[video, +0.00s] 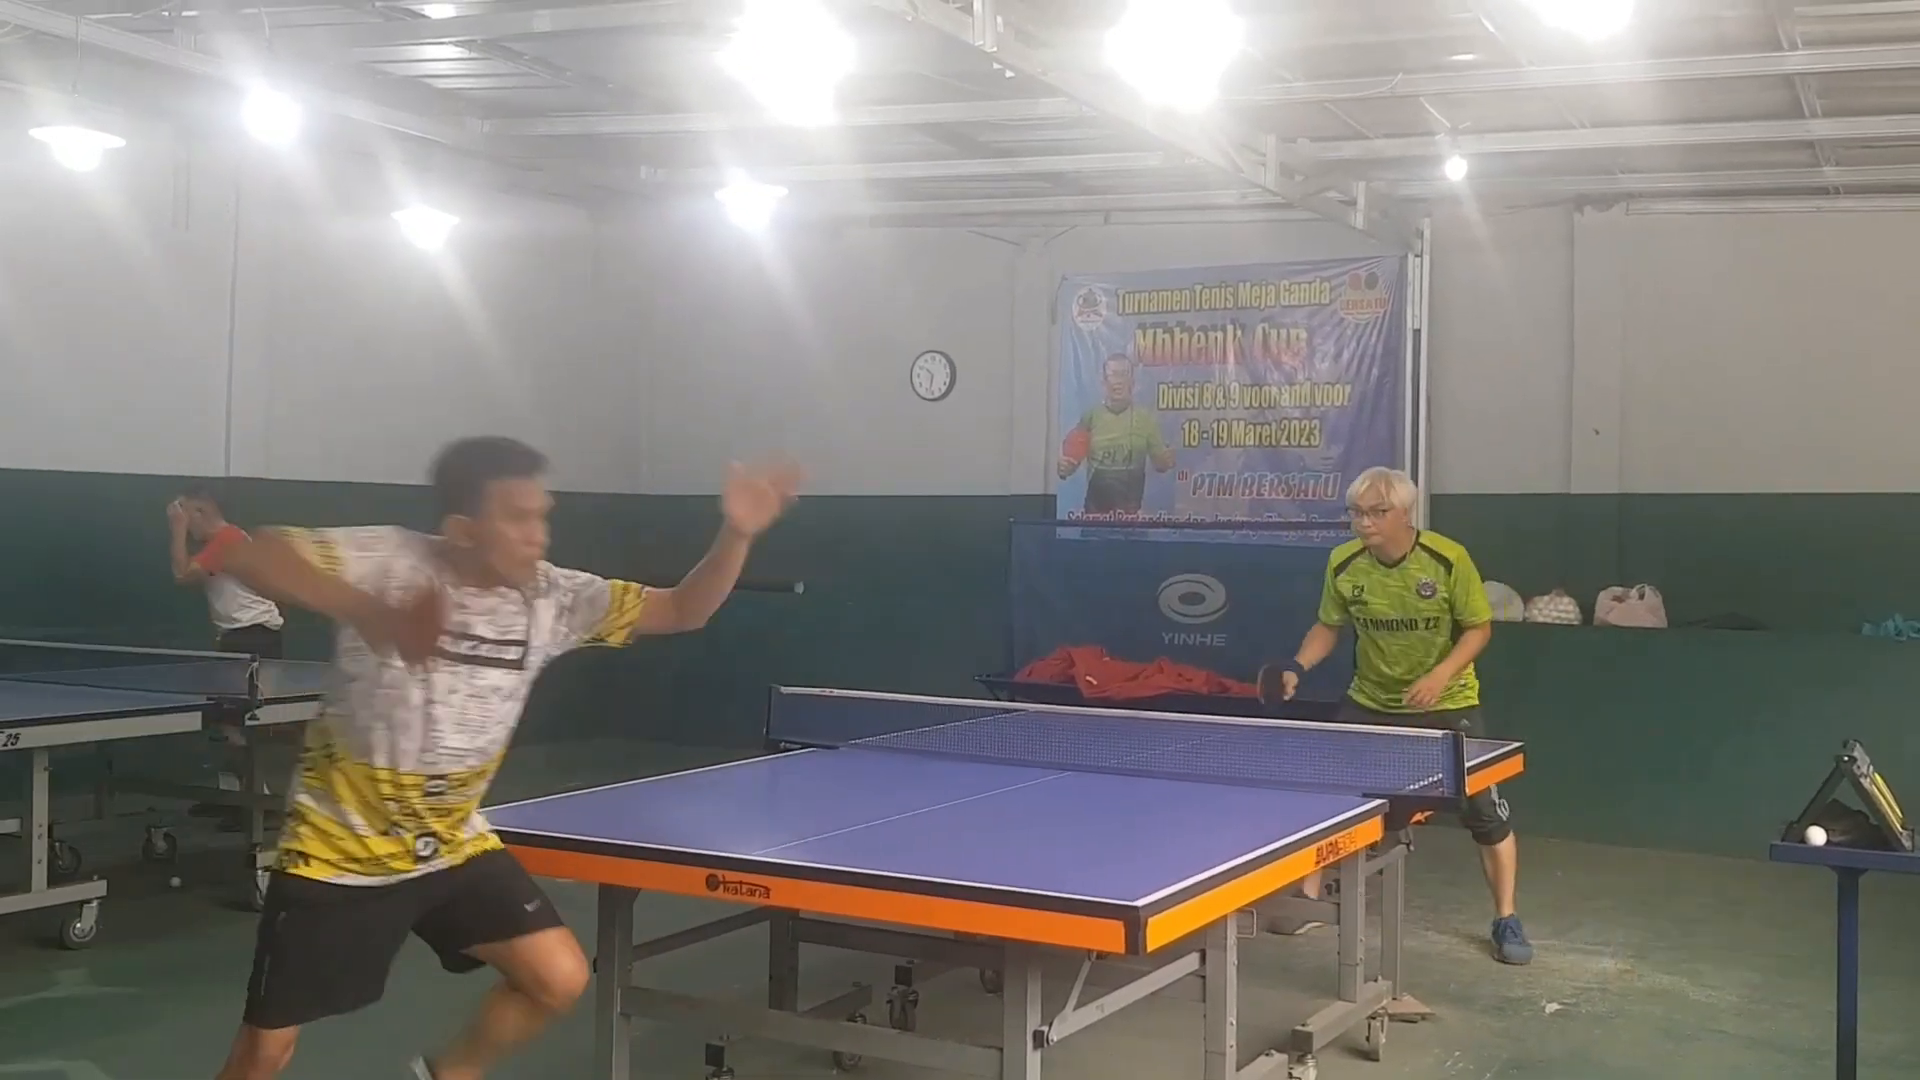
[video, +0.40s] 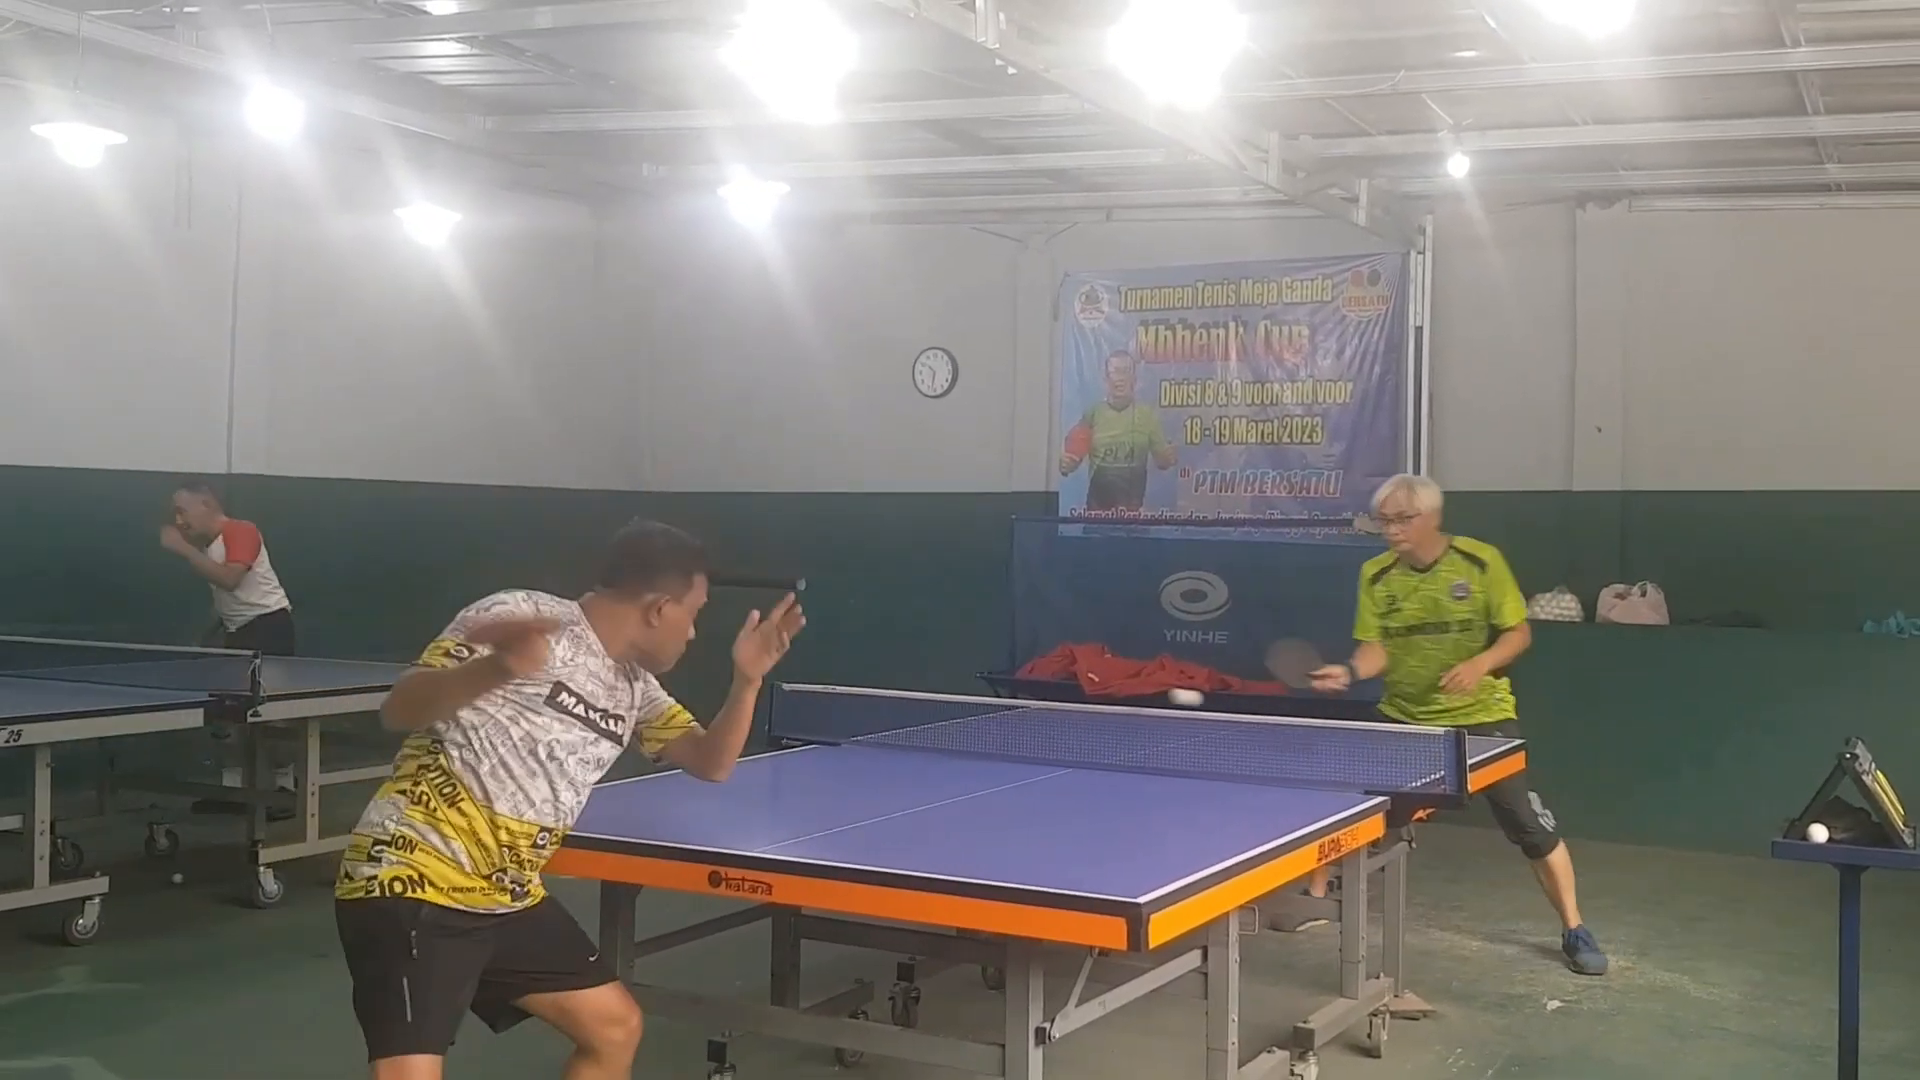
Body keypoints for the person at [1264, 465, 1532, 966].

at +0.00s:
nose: (1361, 523)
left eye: (1373, 513)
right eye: (1356, 513)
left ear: (1403, 514)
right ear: (1352, 517)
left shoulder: (1448, 560)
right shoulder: (1343, 564)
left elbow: (1479, 627)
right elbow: (1327, 625)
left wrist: (1440, 675)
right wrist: (1296, 667)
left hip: (1447, 704)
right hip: (1369, 701)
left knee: (1485, 806)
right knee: (1321, 785)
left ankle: (1506, 918)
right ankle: (1308, 897)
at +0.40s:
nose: (1392, 530)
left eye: (1402, 519)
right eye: (1385, 521)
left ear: (1431, 517)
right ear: (1380, 524)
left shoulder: (1482, 562)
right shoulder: (1376, 574)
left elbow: (1519, 634)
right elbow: (1375, 648)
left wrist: (1479, 664)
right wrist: (1349, 671)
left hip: (1482, 717)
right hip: (1403, 717)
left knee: (1524, 814)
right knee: (1340, 789)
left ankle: (1574, 927)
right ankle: (1315, 894)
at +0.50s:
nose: (1428, 530)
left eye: (1439, 519)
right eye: (1421, 520)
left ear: (1467, 516)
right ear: (1414, 521)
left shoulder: (1518, 555)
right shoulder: (1407, 573)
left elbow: (1555, 626)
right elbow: (1424, 649)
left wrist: (1522, 652)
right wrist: (1413, 670)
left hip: (1511, 710)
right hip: (1433, 710)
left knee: (1545, 822)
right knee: (1365, 791)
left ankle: (1577, 931)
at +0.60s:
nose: (1453, 521)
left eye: (1464, 510)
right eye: (1445, 512)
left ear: (1493, 508)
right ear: (1438, 513)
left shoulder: (1540, 542)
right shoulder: (1432, 566)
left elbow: (1585, 601)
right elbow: (1465, 630)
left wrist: (1568, 628)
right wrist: (1468, 659)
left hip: (1536, 703)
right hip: (1468, 708)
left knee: (1565, 822)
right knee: (1397, 794)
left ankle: (1578, 928)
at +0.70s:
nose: (1467, 513)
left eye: (1479, 501)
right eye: (1458, 503)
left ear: (1507, 499)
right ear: (1450, 503)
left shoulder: (1544, 527)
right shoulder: (1444, 555)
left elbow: (1593, 576)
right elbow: (1481, 605)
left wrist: (1598, 594)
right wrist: (1496, 641)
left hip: (1546, 699)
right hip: (1475, 701)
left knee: (1575, 813)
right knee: (1441, 797)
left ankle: (1579, 927)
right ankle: (1427, 917)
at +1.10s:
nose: (1481, 501)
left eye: (1493, 490)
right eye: (1473, 491)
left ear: (1519, 492)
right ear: (1463, 495)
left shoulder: (1557, 534)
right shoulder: (1444, 552)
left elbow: (1607, 584)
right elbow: (1444, 627)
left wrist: (1614, 604)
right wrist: (1435, 643)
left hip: (1540, 686)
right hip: (1468, 689)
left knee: (1563, 798)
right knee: (1466, 794)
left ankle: (1577, 929)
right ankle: (1468, 929)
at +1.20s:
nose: (1476, 513)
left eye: (1488, 503)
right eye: (1468, 504)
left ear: (1514, 507)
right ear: (1459, 509)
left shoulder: (1553, 551)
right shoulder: (1441, 564)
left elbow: (1608, 603)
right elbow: (1430, 636)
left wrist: (1619, 657)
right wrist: (1411, 656)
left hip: (1535, 701)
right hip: (1459, 700)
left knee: (1561, 809)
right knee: (1428, 795)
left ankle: (1576, 929)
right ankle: (1415, 910)